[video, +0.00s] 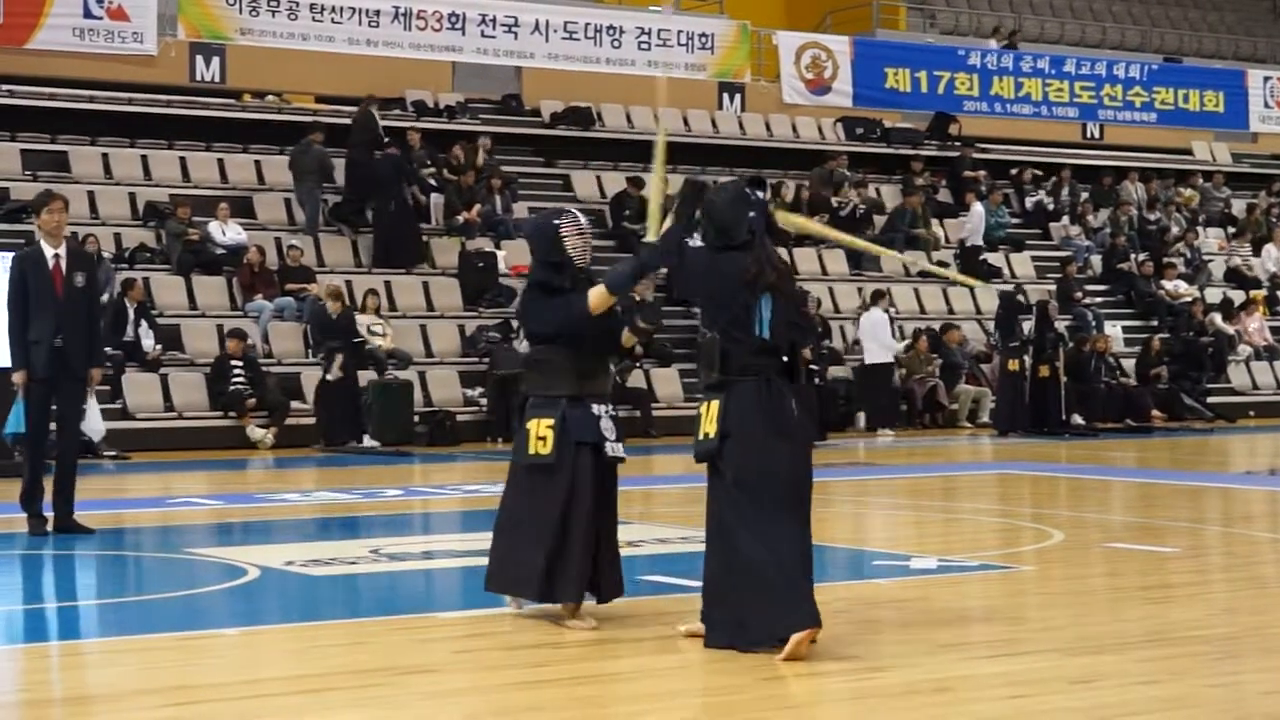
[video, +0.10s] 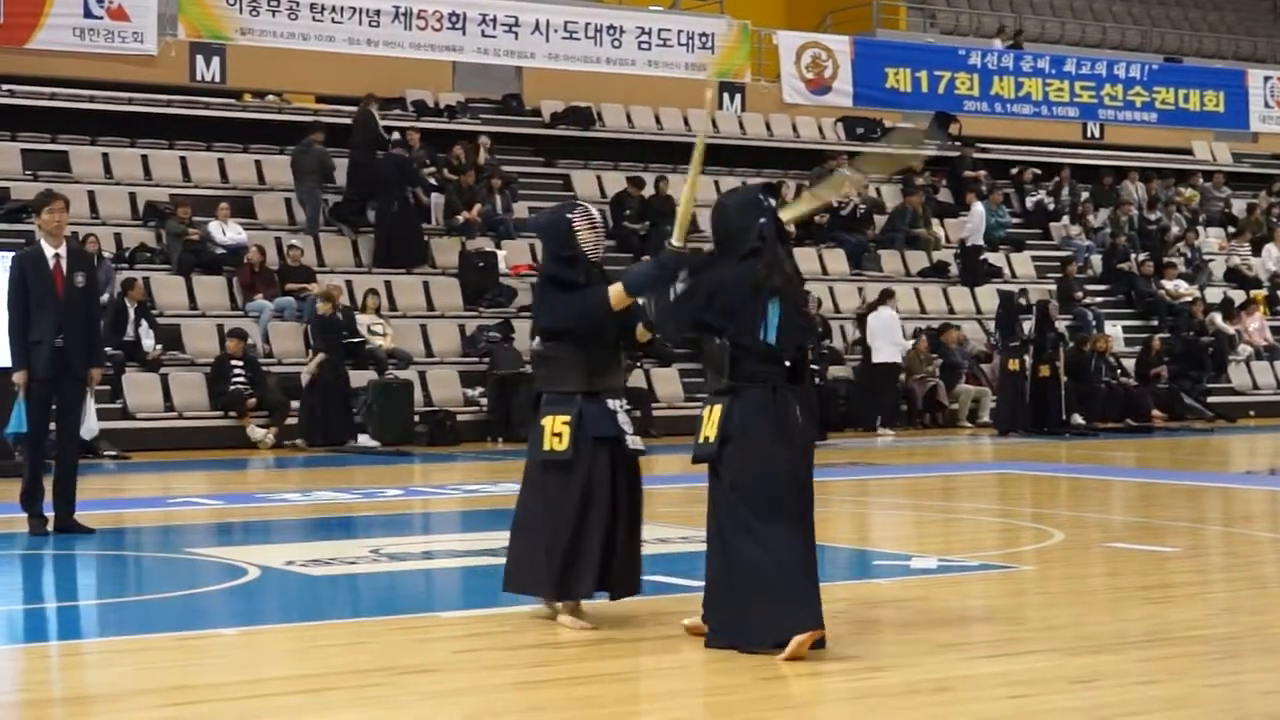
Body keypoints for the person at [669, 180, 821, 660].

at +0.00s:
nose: (705, 236)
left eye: (708, 227)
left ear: (714, 230)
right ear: (759, 226)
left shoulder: (712, 272)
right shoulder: (778, 276)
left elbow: (668, 256)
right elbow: (803, 335)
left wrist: (681, 214)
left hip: (738, 406)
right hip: (782, 406)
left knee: (740, 517)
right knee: (779, 516)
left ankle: (797, 616)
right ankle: (727, 617)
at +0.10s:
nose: (715, 232)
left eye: (719, 224)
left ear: (728, 229)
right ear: (768, 226)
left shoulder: (722, 278)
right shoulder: (786, 280)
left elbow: (668, 320)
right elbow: (800, 349)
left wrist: (657, 278)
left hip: (745, 409)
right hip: (788, 408)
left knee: (746, 518)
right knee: (782, 516)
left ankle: (799, 620)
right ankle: (726, 613)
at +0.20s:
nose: (712, 252)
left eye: (715, 243)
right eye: (714, 243)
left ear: (726, 246)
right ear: (766, 242)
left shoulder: (721, 299)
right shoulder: (789, 295)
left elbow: (696, 367)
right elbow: (804, 359)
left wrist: (675, 337)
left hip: (744, 422)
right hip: (788, 422)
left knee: (738, 526)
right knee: (780, 522)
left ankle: (795, 622)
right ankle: (745, 623)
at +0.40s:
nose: (690, 246)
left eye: (694, 238)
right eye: (692, 238)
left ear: (707, 241)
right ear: (743, 237)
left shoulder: (709, 292)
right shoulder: (764, 285)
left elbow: (675, 357)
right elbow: (782, 352)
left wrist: (675, 319)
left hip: (728, 413)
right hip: (767, 411)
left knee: (721, 514)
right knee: (758, 512)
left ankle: (778, 596)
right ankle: (744, 619)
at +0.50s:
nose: (688, 240)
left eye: (692, 231)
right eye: (688, 231)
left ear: (707, 234)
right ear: (742, 229)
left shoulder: (713, 284)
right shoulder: (761, 277)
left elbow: (680, 352)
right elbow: (772, 343)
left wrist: (667, 370)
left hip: (730, 408)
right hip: (767, 404)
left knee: (707, 508)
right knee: (754, 505)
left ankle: (748, 609)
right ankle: (755, 604)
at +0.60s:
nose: (685, 246)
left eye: (691, 237)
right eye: (685, 236)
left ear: (709, 241)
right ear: (737, 236)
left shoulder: (723, 288)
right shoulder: (750, 282)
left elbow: (689, 354)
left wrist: (676, 377)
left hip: (735, 413)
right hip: (757, 408)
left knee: (715, 513)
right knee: (744, 509)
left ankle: (754, 617)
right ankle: (748, 611)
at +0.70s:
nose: (679, 252)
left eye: (684, 242)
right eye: (679, 242)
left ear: (703, 244)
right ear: (724, 241)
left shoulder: (720, 288)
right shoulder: (739, 284)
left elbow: (699, 356)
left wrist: (679, 386)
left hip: (739, 413)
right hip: (752, 408)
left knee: (715, 510)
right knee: (741, 508)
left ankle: (754, 614)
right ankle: (750, 610)